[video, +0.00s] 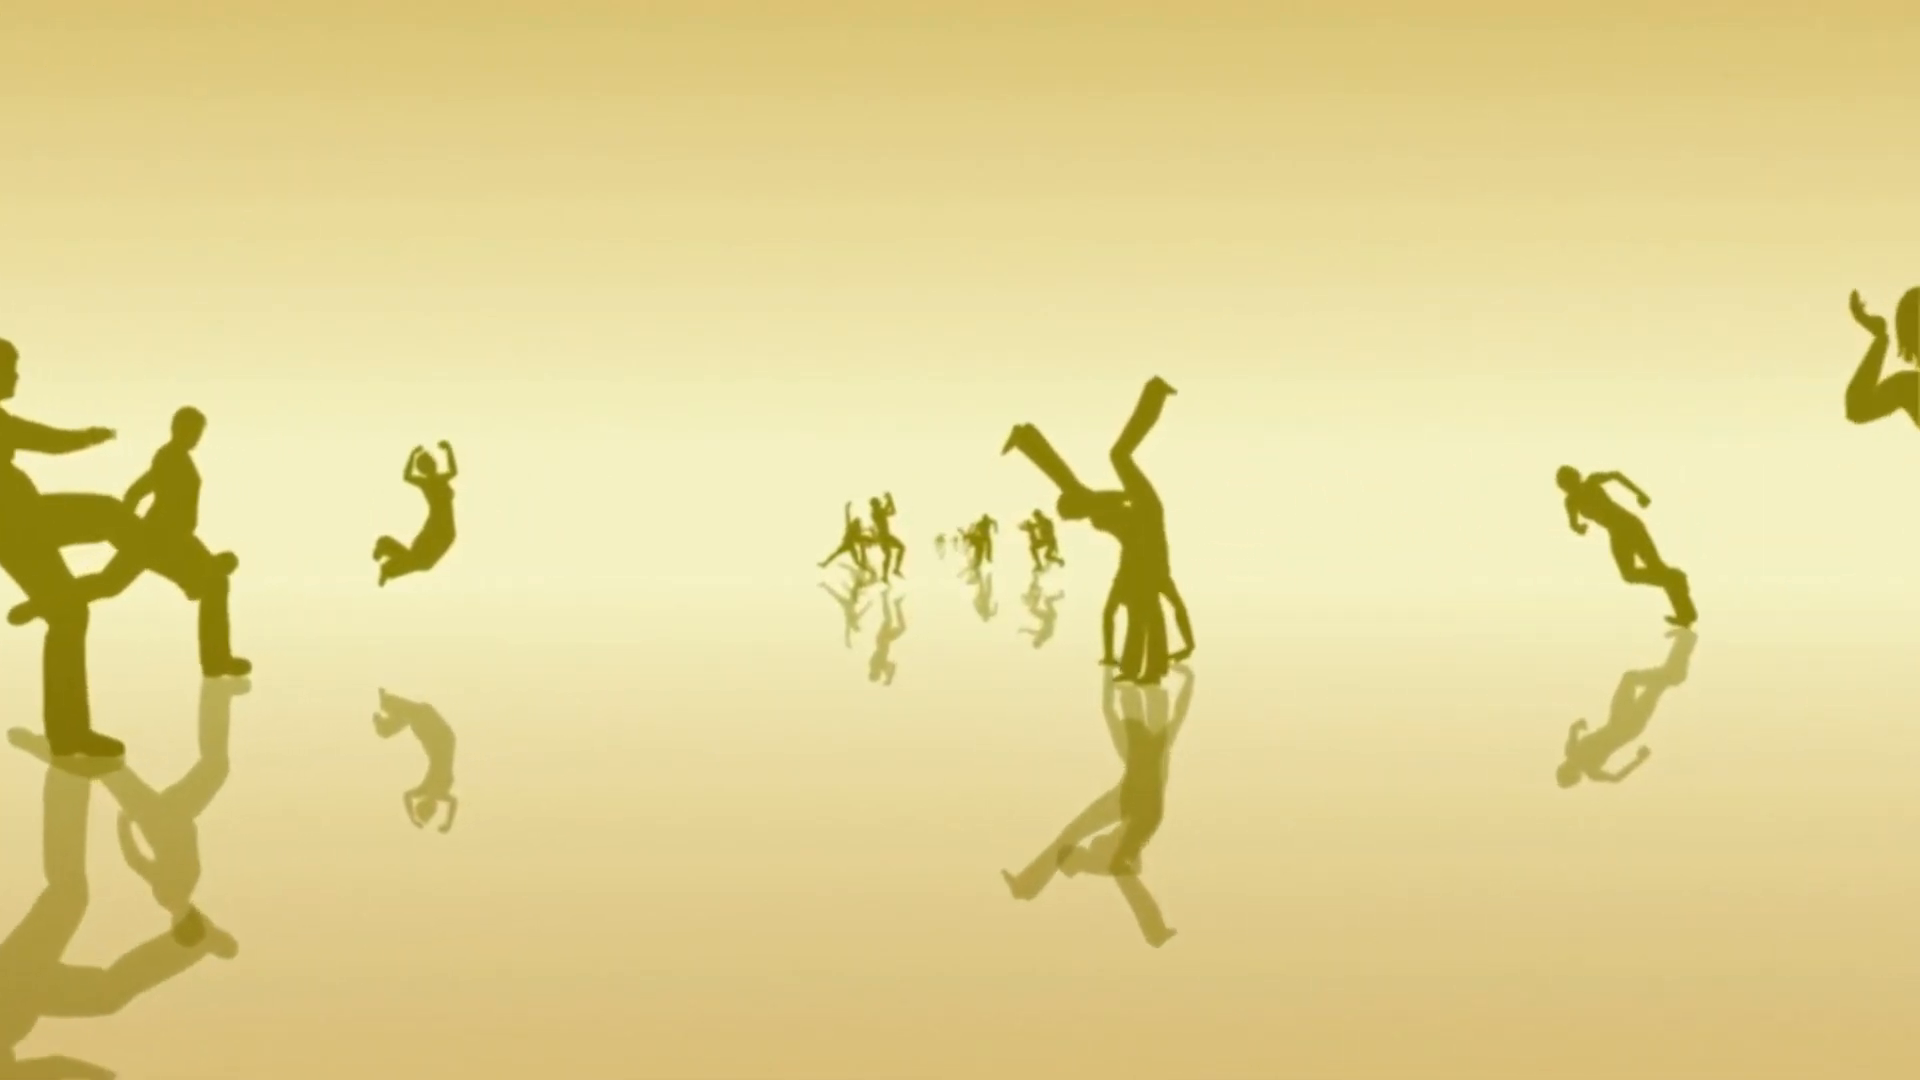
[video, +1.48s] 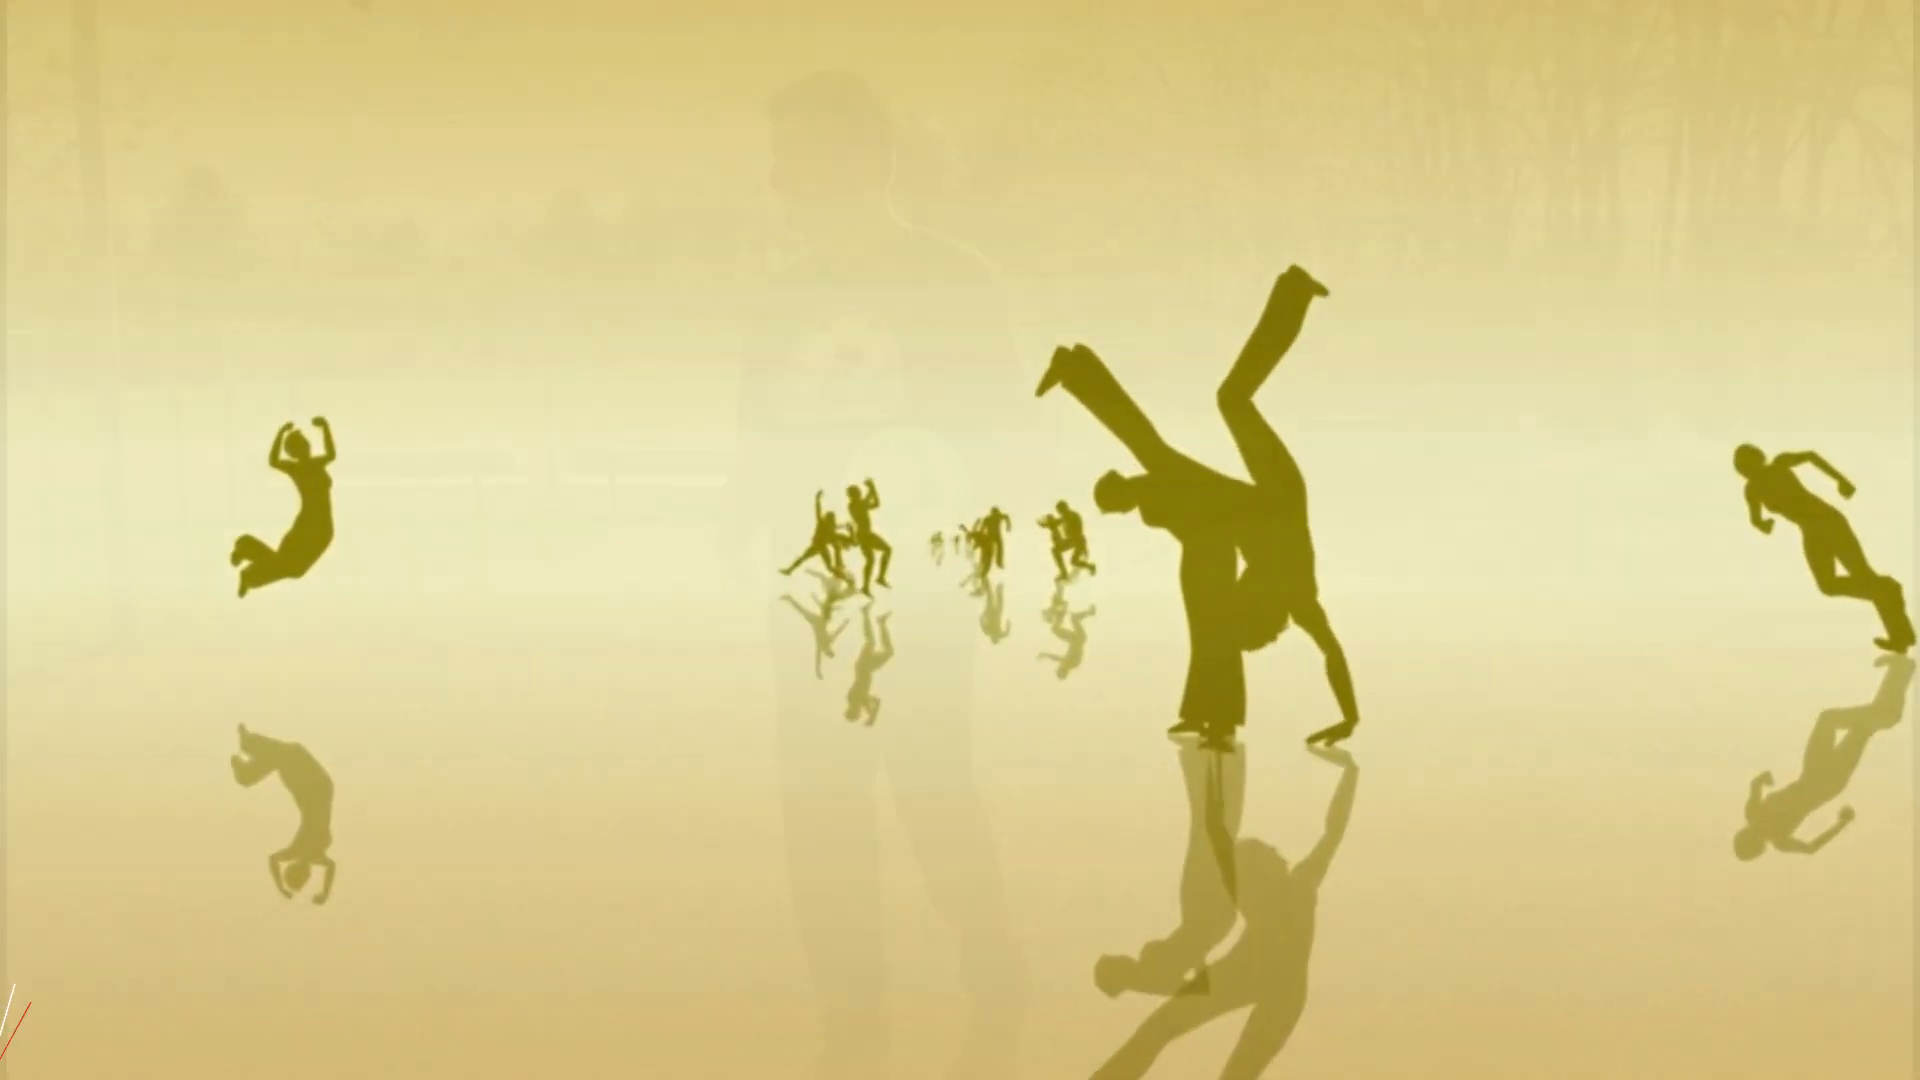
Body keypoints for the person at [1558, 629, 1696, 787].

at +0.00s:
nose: (1573, 779)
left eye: (1569, 778)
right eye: (1571, 781)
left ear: (1565, 768)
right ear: (1573, 778)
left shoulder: (1572, 753)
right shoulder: (1592, 772)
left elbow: (1572, 735)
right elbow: (1616, 778)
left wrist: (1577, 726)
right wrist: (1639, 760)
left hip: (1617, 719)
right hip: (1631, 728)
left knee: (1628, 679)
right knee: (1657, 687)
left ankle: (1667, 674)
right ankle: (1685, 641)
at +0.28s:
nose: (1605, 791)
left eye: (1601, 790)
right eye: (1603, 792)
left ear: (1597, 779)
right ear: (1606, 789)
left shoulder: (1603, 764)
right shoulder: (1625, 785)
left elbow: (1604, 745)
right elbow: (1650, 790)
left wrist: (1609, 735)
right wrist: (1674, 772)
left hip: (1651, 728)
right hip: (1664, 738)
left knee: (1662, 686)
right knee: (1692, 696)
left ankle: (1703, 681)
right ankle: (1722, 648)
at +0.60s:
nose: (1635, 802)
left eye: (1631, 801)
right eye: (1633, 804)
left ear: (1627, 790)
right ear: (1635, 801)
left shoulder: (1633, 774)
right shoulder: (1656, 796)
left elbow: (1634, 752)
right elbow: (1682, 802)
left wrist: (1640, 745)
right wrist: (1708, 782)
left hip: (1683, 737)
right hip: (1698, 747)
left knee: (1695, 693)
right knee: (1727, 702)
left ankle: (1738, 688)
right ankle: (1758, 650)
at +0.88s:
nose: (1674, 819)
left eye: (1669, 818)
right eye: (1671, 820)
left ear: (1665, 806)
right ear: (1673, 815)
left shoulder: (1671, 787)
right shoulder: (1695, 810)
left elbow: (1672, 766)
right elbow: (1722, 816)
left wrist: (1677, 756)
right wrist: (1749, 796)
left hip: (1724, 748)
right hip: (1740, 758)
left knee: (1736, 702)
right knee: (1773, 707)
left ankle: (1782, 695)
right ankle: (1803, 656)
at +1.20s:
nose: (1710, 831)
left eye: (1705, 830)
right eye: (1708, 833)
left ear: (1701, 818)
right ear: (1710, 830)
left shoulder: (1707, 799)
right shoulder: (1733, 824)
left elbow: (1709, 776)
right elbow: (1761, 830)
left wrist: (1715, 767)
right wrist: (1790, 808)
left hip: (1763, 758)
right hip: (1780, 769)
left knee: (1776, 709)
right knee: (1813, 717)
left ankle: (1823, 703)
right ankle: (1846, 663)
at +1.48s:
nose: (1756, 847)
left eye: (1750, 846)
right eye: (1753, 850)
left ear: (1746, 834)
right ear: (1756, 847)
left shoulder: (1753, 815)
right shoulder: (1780, 842)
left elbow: (1755, 788)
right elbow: (1811, 848)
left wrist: (1762, 780)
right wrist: (1841, 824)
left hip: (1812, 772)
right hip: (1829, 785)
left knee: (1826, 720)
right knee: (1864, 729)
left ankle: (1879, 714)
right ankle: (1900, 670)